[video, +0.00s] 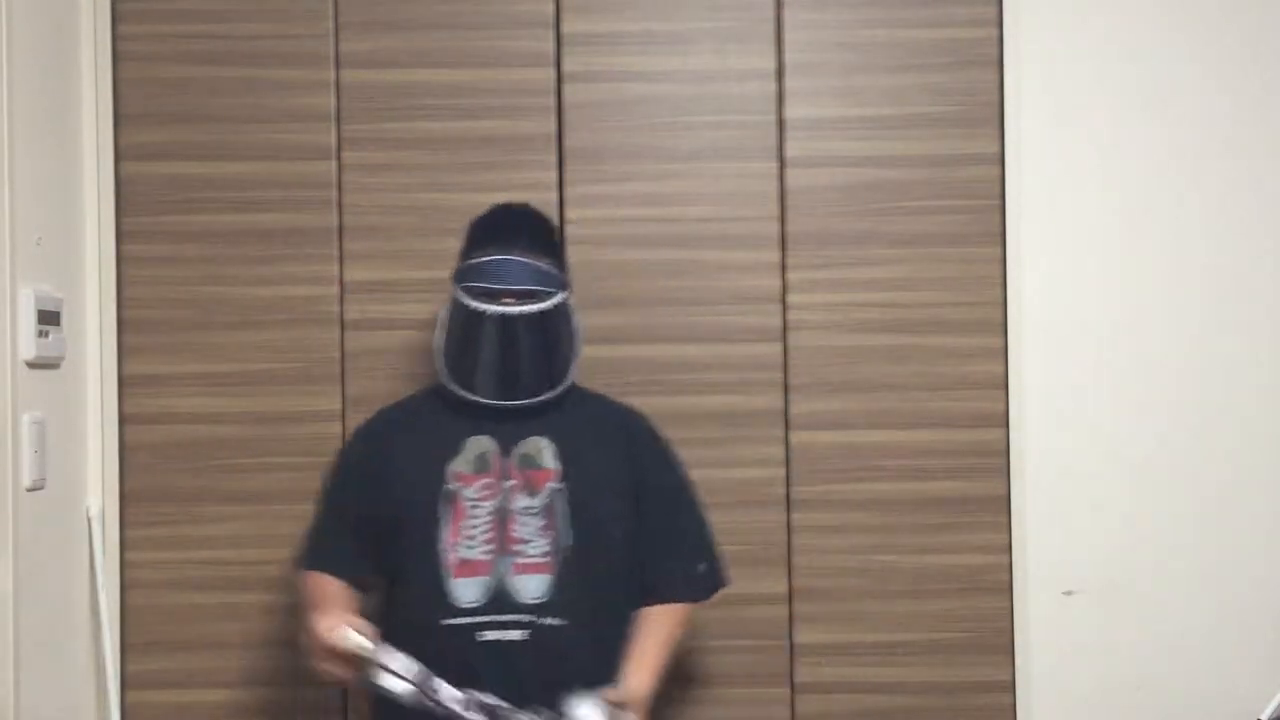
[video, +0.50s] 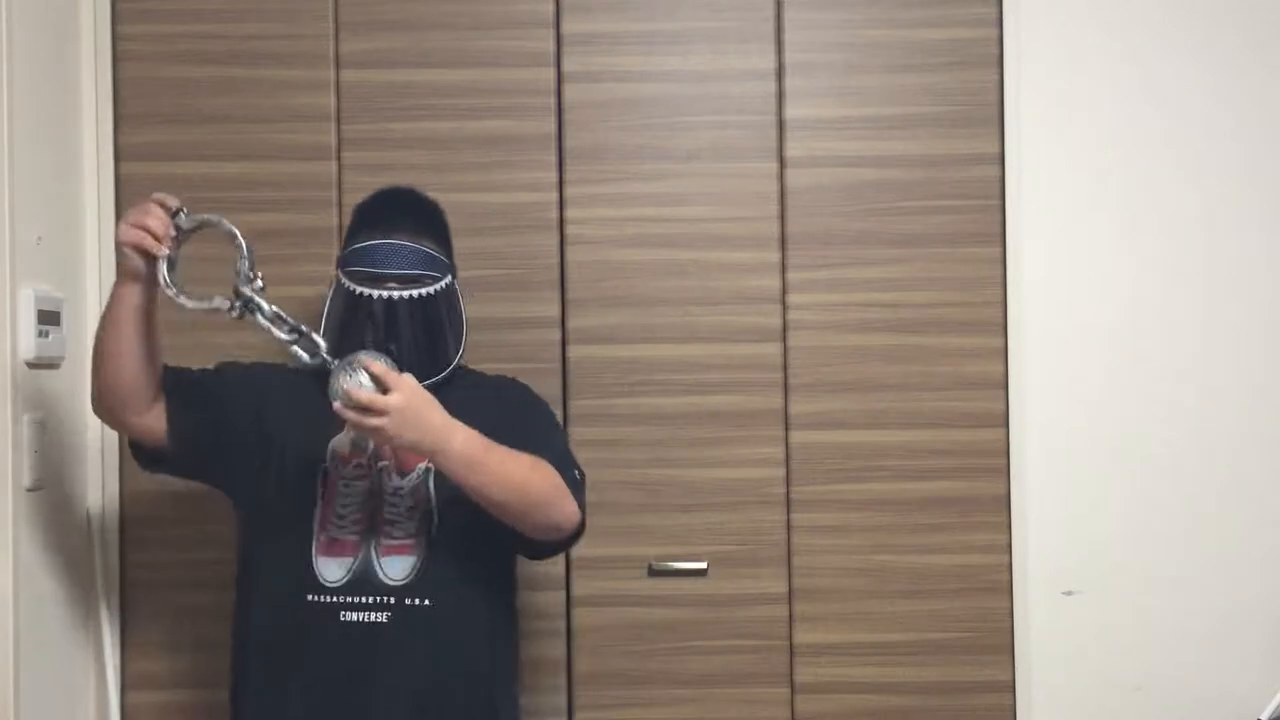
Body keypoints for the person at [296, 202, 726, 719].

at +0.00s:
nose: (509, 333)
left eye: (530, 315)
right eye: (489, 314)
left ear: (563, 316)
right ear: (457, 312)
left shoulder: (622, 441)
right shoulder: (390, 441)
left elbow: (675, 580)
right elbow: (331, 558)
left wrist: (632, 693)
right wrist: (332, 620)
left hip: (577, 702)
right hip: (428, 703)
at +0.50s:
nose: (390, 301)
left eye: (413, 281)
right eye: (371, 279)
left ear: (448, 289)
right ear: (339, 282)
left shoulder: (501, 409)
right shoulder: (272, 401)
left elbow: (559, 519)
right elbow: (128, 405)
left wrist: (439, 436)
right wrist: (136, 280)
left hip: (453, 701)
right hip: (290, 700)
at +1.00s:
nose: (532, 335)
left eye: (552, 315)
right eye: (512, 314)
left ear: (583, 316)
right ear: (479, 311)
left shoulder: (646, 441)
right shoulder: (416, 442)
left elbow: (684, 583)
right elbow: (369, 559)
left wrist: (648, 699)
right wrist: (369, 641)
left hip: (593, 704)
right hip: (444, 705)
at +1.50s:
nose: (640, 297)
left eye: (662, 276)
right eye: (618, 275)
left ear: (692, 287)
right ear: (581, 284)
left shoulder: (759, 405)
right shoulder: (533, 408)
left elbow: (887, 482)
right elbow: (425, 421)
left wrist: (844, 390)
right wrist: (494, 299)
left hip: (745, 698)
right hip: (583, 699)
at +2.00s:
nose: (539, 338)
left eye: (560, 319)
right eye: (520, 319)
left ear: (592, 316)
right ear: (488, 315)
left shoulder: (658, 439)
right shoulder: (428, 439)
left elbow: (707, 572)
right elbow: (371, 548)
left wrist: (679, 670)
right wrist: (371, 603)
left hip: (614, 703)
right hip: (467, 701)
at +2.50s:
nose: (401, 317)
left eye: (422, 298)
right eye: (380, 294)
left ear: (454, 304)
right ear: (347, 294)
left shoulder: (496, 417)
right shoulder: (276, 406)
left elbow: (550, 539)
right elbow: (133, 414)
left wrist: (450, 457)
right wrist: (151, 290)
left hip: (447, 703)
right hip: (289, 700)